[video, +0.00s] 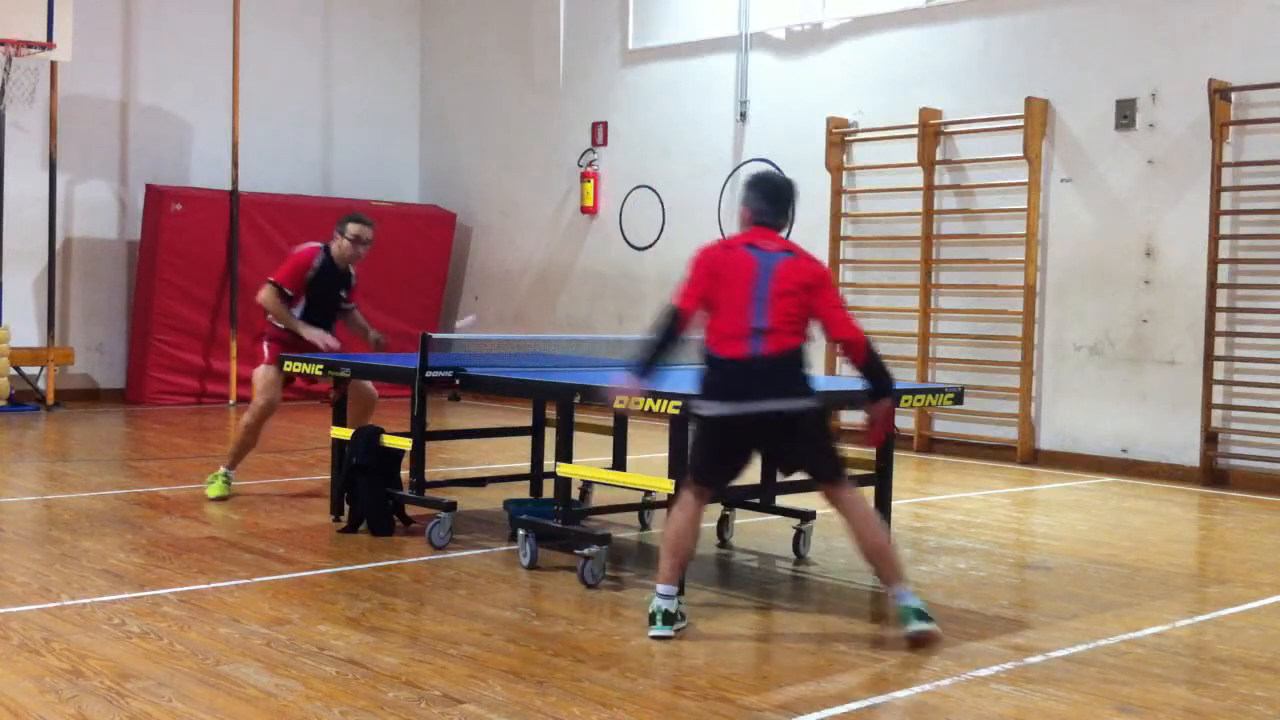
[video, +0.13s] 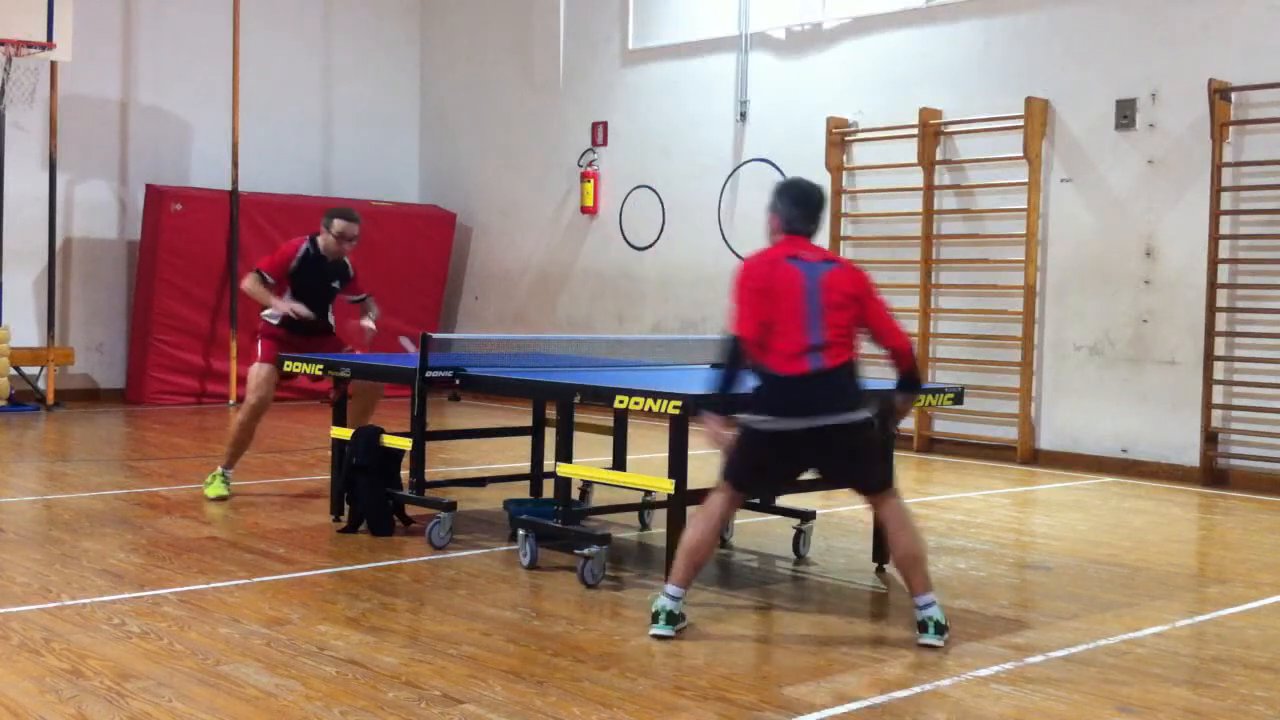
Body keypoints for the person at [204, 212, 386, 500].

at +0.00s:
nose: (360, 250)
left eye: (366, 244)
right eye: (356, 241)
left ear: (369, 247)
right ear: (338, 237)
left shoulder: (349, 274)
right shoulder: (309, 256)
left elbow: (346, 309)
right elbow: (267, 296)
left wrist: (369, 334)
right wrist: (305, 330)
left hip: (320, 348)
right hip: (280, 343)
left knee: (366, 397)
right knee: (266, 401)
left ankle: (347, 467)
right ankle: (225, 472)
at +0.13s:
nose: (348, 247)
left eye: (353, 240)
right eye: (343, 239)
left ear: (356, 239)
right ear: (324, 232)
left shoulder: (345, 266)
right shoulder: (296, 251)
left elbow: (366, 303)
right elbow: (250, 283)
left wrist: (368, 318)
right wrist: (279, 304)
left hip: (322, 337)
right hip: (279, 335)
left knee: (370, 385)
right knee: (257, 400)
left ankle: (348, 459)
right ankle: (223, 472)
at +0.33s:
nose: (345, 259)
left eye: (351, 253)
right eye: (340, 253)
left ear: (361, 248)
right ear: (328, 244)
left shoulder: (367, 270)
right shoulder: (308, 254)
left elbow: (395, 314)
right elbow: (262, 259)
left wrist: (360, 313)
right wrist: (244, 262)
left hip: (343, 340)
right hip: (295, 335)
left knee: (387, 397)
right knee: (259, 396)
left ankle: (390, 477)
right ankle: (224, 472)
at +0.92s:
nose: (332, 232)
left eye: (336, 226)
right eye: (326, 225)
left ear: (340, 228)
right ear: (306, 225)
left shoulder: (337, 262)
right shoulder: (281, 247)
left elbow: (361, 294)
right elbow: (225, 273)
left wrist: (377, 308)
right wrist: (255, 281)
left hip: (312, 338)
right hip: (267, 336)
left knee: (359, 390)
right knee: (241, 404)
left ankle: (376, 462)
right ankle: (216, 463)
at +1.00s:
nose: (331, 221)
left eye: (335, 215)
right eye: (324, 214)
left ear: (338, 217)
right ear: (305, 214)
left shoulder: (329, 252)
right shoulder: (279, 238)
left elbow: (341, 287)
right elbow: (228, 266)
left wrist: (368, 308)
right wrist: (266, 274)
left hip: (307, 331)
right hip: (263, 330)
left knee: (354, 387)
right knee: (238, 405)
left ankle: (333, 462)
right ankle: (208, 452)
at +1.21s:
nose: (329, 228)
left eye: (333, 222)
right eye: (323, 220)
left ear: (335, 224)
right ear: (302, 218)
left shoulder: (314, 257)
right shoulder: (275, 242)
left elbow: (306, 305)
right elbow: (235, 286)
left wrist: (334, 336)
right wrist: (277, 312)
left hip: (287, 339)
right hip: (251, 332)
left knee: (333, 391)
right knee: (230, 402)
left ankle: (320, 472)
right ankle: (172, 478)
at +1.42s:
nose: (337, 252)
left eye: (340, 246)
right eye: (333, 243)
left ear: (334, 249)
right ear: (310, 238)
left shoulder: (309, 283)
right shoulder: (280, 255)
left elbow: (312, 335)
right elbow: (236, 278)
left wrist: (360, 351)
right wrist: (274, 304)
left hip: (268, 355)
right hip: (232, 345)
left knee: (326, 390)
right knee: (223, 413)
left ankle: (319, 472)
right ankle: (160, 483)